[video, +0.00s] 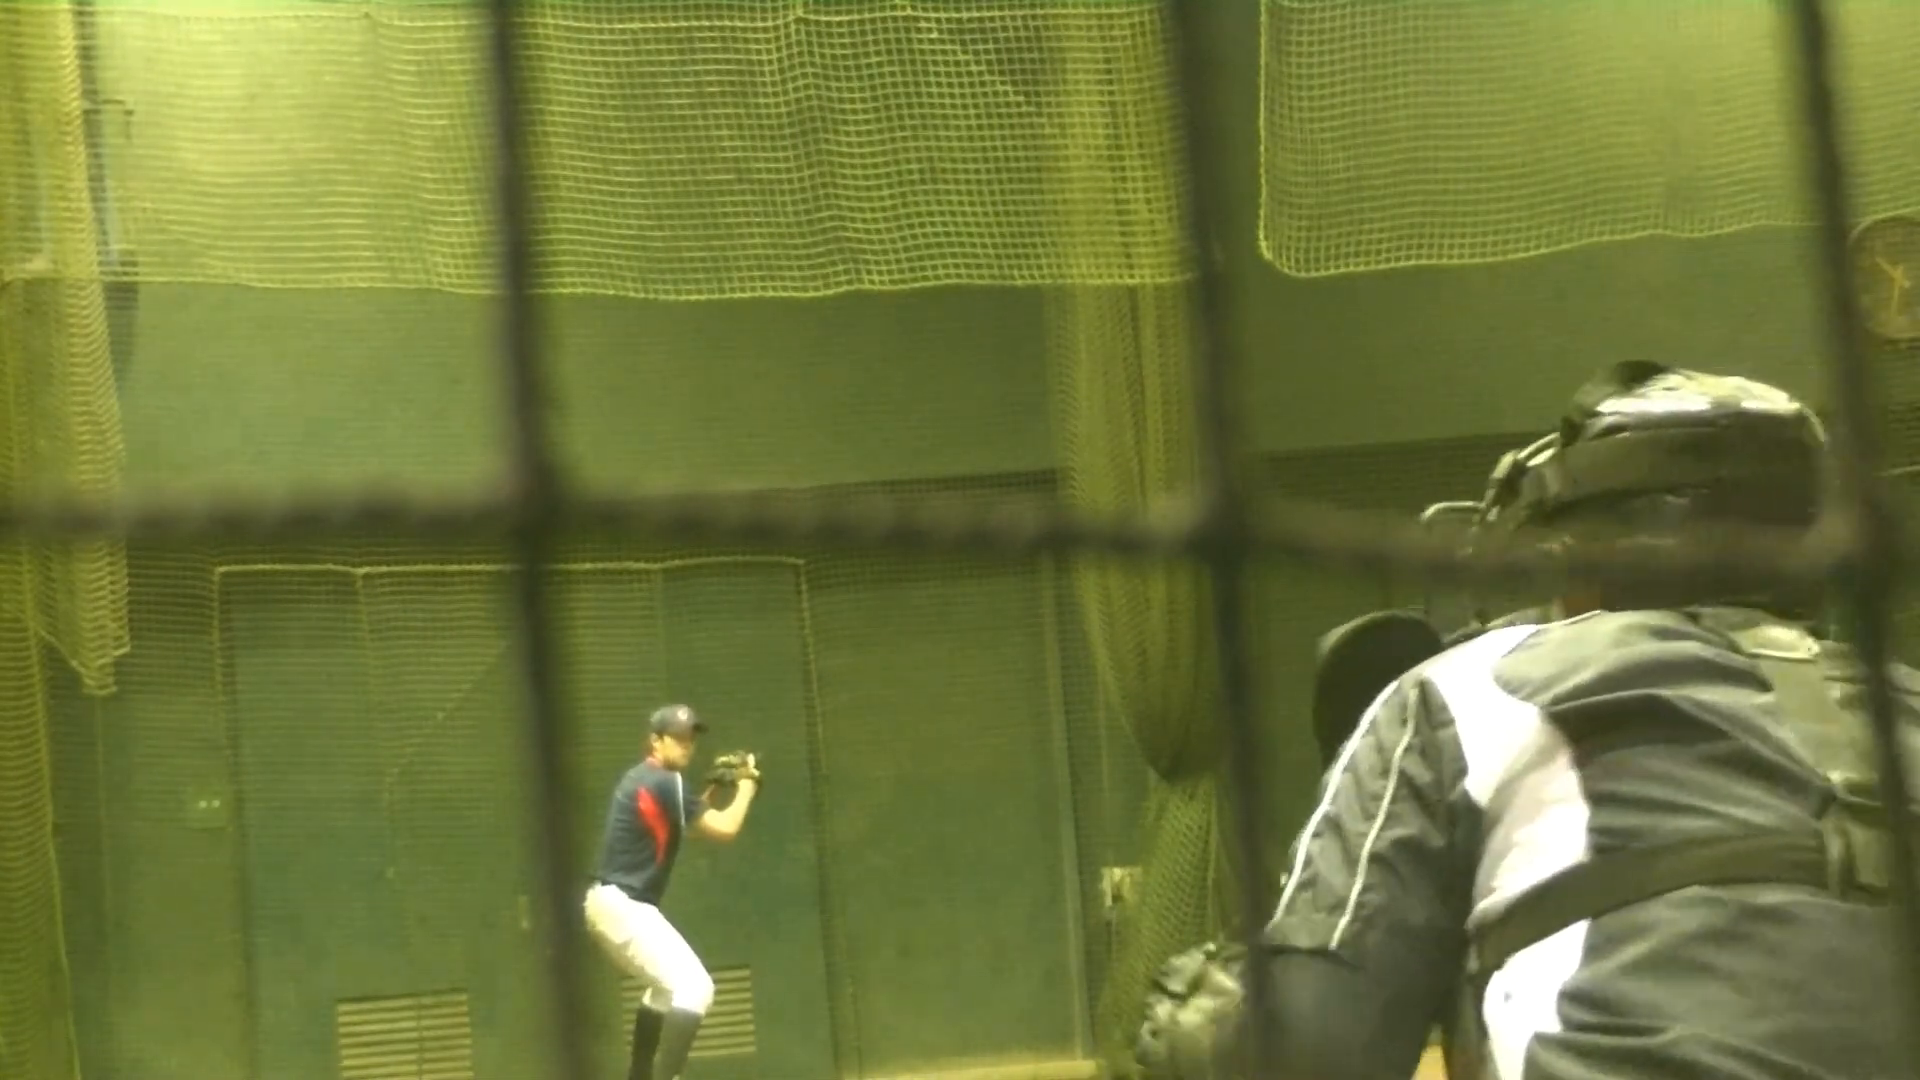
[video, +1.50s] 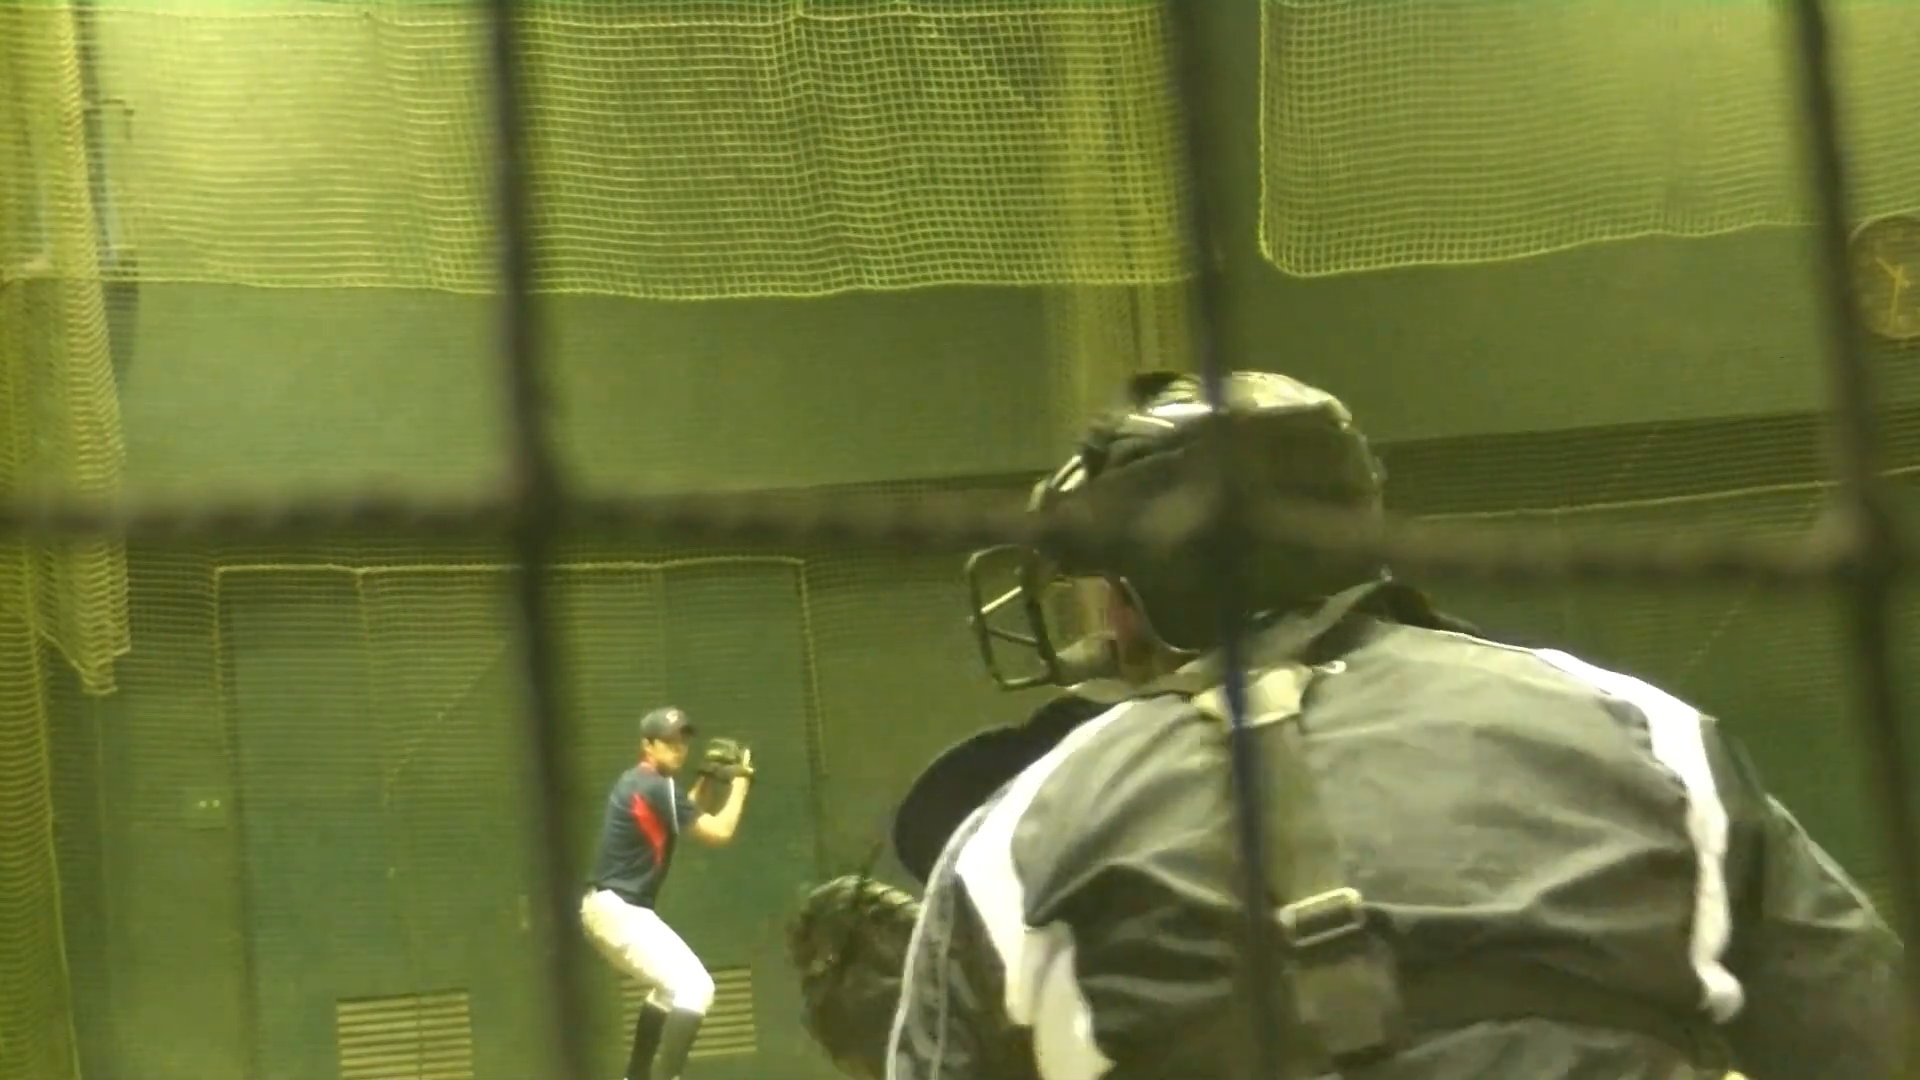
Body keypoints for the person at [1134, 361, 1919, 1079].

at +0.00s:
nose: (1538, 584)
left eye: (1542, 556)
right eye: (1535, 555)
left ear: (1574, 586)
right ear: (1799, 580)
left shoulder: (1460, 699)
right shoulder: (1902, 692)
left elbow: (1321, 1041)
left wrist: (1223, 1029)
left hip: (1648, 1037)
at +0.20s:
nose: (1464, 617)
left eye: (1462, 589)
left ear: (1494, 616)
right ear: (1723, 598)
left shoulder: (1354, 738)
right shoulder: (1880, 730)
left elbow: (1230, 1056)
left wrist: (1159, 1014)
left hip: (1534, 1018)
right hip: (1862, 1024)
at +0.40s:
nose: (1342, 633)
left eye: (1344, 601)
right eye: (1345, 594)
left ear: (1371, 626)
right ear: (1603, 600)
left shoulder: (1207, 819)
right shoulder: (1850, 816)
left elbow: (1109, 1061)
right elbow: (1894, 1045)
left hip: (1379, 1043)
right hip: (1731, 1044)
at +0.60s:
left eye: (1221, 576)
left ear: (1245, 595)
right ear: (1494, 577)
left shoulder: (1087, 799)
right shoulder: (1718, 760)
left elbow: (1009, 1066)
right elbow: (1875, 1041)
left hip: (1215, 1045)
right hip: (1595, 1036)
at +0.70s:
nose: (1164, 609)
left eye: (1174, 576)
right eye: (1170, 574)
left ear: (1207, 587)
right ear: (1446, 552)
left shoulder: (1044, 791)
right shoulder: (1671, 731)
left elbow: (968, 1065)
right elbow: (1861, 1051)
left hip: (1177, 1044)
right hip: (1563, 1034)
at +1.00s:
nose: (1007, 606)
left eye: (1003, 579)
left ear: (1041, 596)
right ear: (1282, 519)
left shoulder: (907, 816)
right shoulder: (1519, 664)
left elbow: (886, 1065)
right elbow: (1745, 1008)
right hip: (1467, 1045)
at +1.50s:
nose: (1077, 621)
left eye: (1080, 586)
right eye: (1071, 585)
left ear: (1132, 608)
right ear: (1357, 561)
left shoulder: (1004, 858)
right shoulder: (1654, 739)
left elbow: (938, 1068)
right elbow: (1866, 1025)